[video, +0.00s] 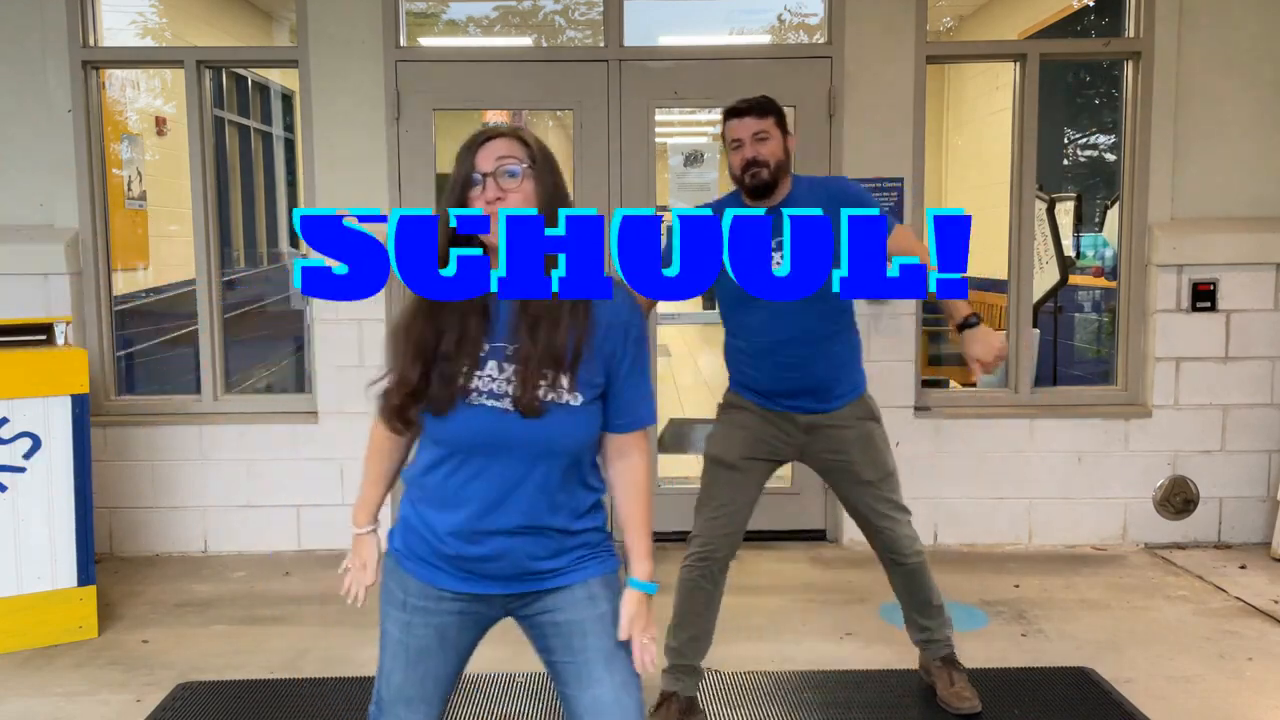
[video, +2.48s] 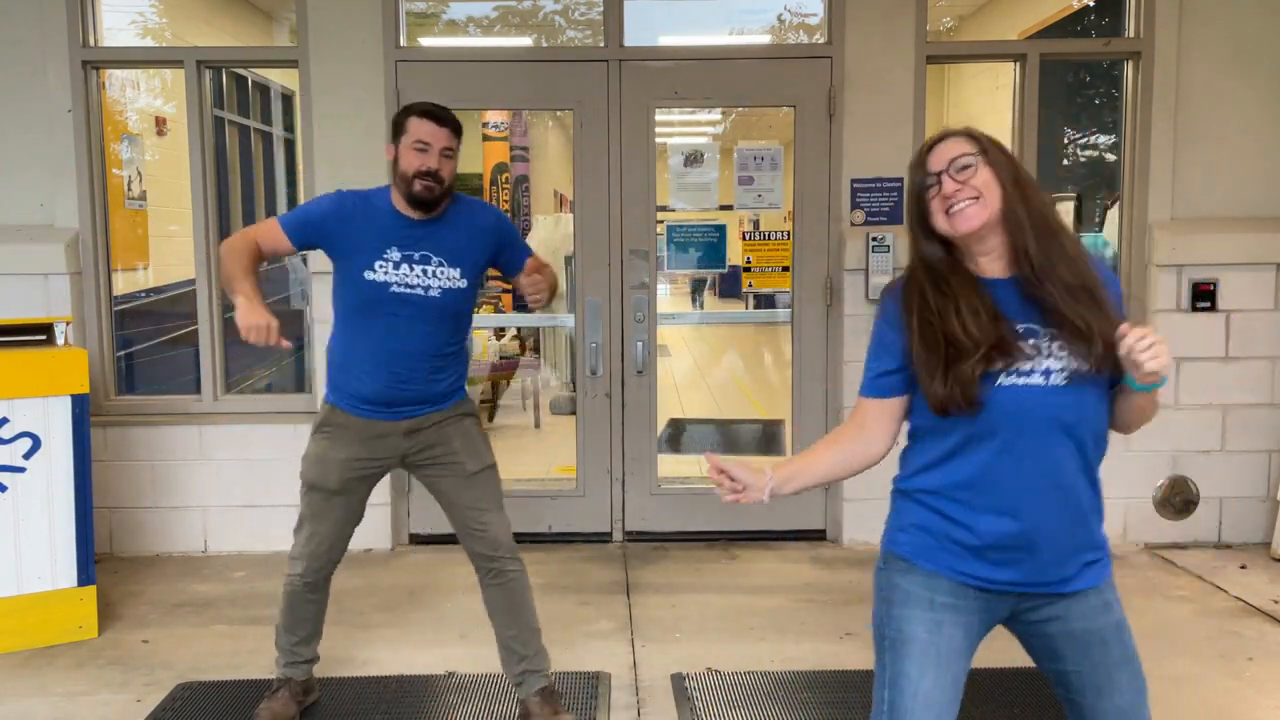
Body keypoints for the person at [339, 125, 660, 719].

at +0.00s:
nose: (492, 190)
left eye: (510, 173)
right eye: (477, 180)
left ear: (547, 186)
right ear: (464, 199)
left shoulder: (603, 302)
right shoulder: (439, 292)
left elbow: (628, 446)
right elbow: (399, 411)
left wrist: (641, 577)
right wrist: (363, 520)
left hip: (569, 563)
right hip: (435, 563)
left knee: (617, 711)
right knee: (400, 712)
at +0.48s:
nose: (652, 166)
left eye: (672, 148)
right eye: (640, 153)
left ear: (709, 168)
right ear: (627, 175)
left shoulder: (751, 270)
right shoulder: (632, 276)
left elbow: (843, 394)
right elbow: (609, 409)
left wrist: (925, 512)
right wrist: (566, 510)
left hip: (742, 558)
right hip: (659, 552)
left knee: (696, 710)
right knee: (679, 706)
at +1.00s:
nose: (874, 170)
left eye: (890, 153)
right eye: (859, 161)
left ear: (925, 164)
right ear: (846, 181)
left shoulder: (980, 271)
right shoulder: (821, 258)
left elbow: (1006, 412)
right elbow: (769, 363)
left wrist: (995, 392)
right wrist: (682, 441)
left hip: (951, 529)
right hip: (829, 531)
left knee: (992, 708)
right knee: (835, 711)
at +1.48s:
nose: (1052, 191)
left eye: (1070, 173)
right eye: (1037, 184)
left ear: (1108, 188)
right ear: (1026, 210)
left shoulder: (1178, 294)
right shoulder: (1002, 292)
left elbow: (1231, 422)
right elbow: (962, 407)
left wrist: (1238, 459)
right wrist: (877, 426)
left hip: (1131, 559)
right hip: (997, 546)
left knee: (1160, 712)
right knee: (951, 709)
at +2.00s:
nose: (1054, 191)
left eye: (1074, 177)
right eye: (1041, 179)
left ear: (1106, 194)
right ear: (1023, 200)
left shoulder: (1169, 283)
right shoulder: (1020, 301)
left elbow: (1265, 393)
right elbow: (988, 427)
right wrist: (929, 355)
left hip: (1169, 581)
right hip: (1048, 573)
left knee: (1146, 712)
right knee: (1040, 711)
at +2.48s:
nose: (949, 186)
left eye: (964, 167)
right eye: (933, 184)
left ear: (1005, 174)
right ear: (927, 215)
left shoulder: (1084, 278)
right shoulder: (912, 299)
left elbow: (1125, 419)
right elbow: (870, 429)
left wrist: (1145, 379)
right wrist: (773, 478)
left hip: (1067, 563)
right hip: (937, 562)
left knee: (1123, 712)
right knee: (912, 713)